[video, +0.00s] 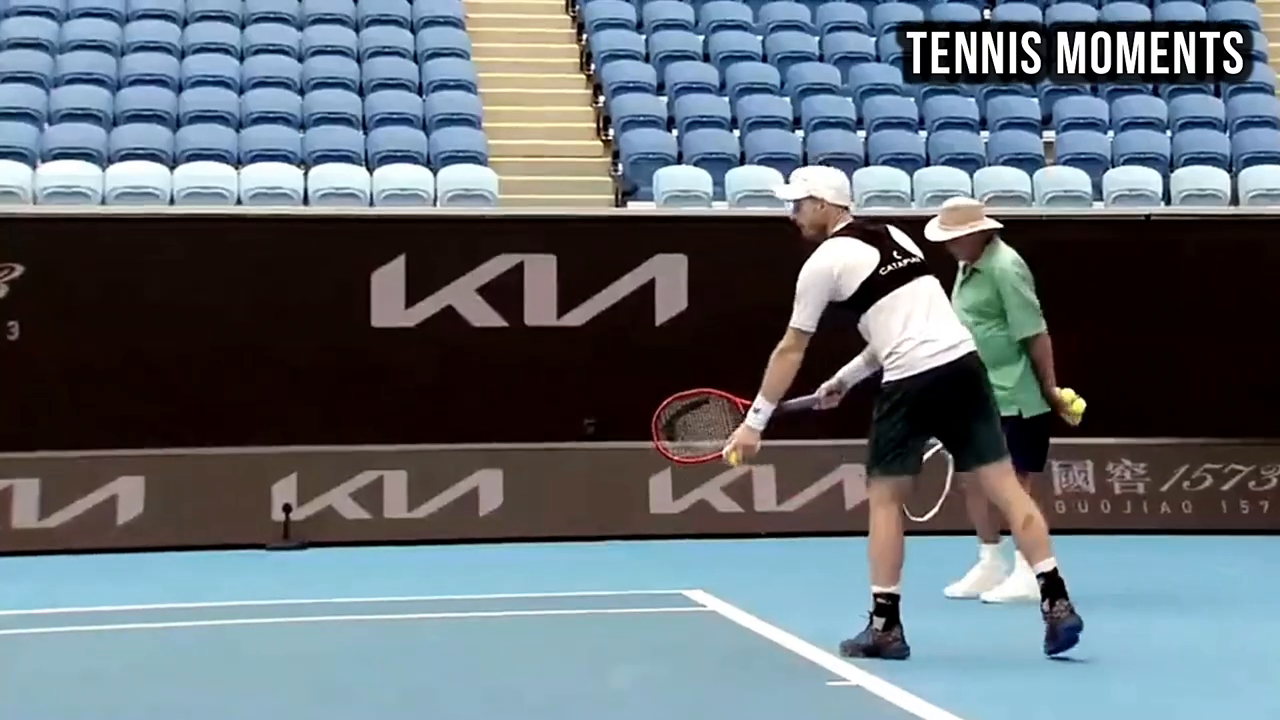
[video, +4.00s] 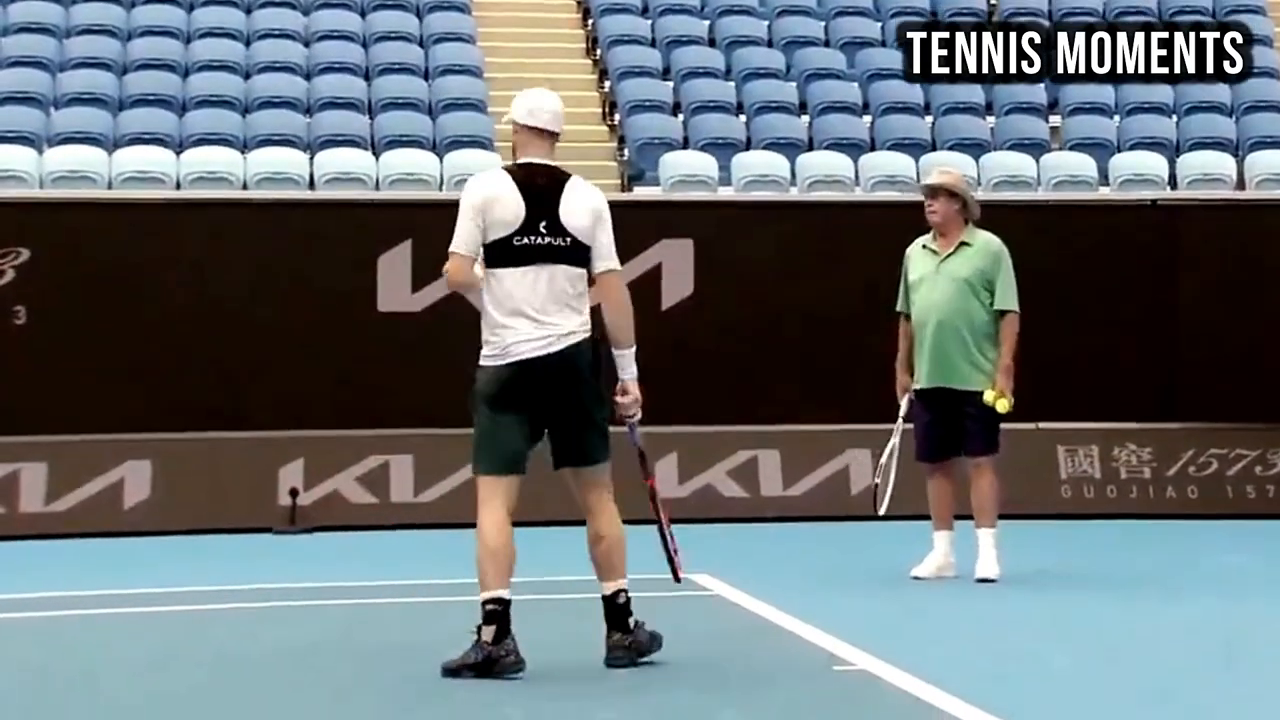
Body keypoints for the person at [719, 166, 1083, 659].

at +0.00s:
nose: (794, 215)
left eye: (800, 205)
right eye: (794, 205)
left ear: (826, 207)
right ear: (841, 208)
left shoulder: (822, 261)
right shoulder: (890, 232)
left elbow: (791, 349)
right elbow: (901, 325)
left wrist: (754, 423)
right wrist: (843, 379)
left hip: (909, 380)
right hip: (965, 366)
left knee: (886, 500)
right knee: (1006, 488)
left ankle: (885, 626)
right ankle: (1059, 605)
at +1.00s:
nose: (991, 211)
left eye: (992, 208)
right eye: (1000, 208)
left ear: (994, 218)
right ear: (1036, 219)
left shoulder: (969, 259)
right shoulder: (1067, 275)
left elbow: (917, 221)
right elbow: (1108, 334)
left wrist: (887, 176)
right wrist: (1116, 376)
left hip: (975, 431)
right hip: (1039, 432)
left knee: (927, 527)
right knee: (1051, 548)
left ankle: (897, 642)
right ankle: (1069, 647)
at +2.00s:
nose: (759, 165)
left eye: (767, 161)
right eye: (763, 158)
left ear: (787, 180)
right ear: (786, 179)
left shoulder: (801, 254)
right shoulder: (787, 203)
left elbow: (791, 335)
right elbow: (746, 123)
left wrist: (735, 315)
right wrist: (719, 53)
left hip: (840, 375)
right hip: (860, 362)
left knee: (814, 500)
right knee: (868, 479)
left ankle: (829, 625)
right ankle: (881, 601)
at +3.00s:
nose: (494, 173)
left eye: (505, 164)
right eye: (495, 163)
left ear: (537, 173)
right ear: (521, 174)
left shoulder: (578, 232)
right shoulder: (524, 245)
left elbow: (625, 309)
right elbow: (532, 331)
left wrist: (629, 391)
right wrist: (514, 405)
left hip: (596, 399)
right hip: (563, 399)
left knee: (557, 521)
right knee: (579, 527)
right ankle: (627, 650)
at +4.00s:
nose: (510, 134)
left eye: (512, 127)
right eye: (522, 127)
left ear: (514, 132)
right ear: (560, 136)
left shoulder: (484, 189)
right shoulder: (588, 198)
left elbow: (458, 271)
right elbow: (610, 288)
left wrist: (497, 303)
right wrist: (628, 371)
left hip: (505, 372)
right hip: (577, 368)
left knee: (494, 505)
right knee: (599, 497)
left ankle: (495, 639)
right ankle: (621, 630)